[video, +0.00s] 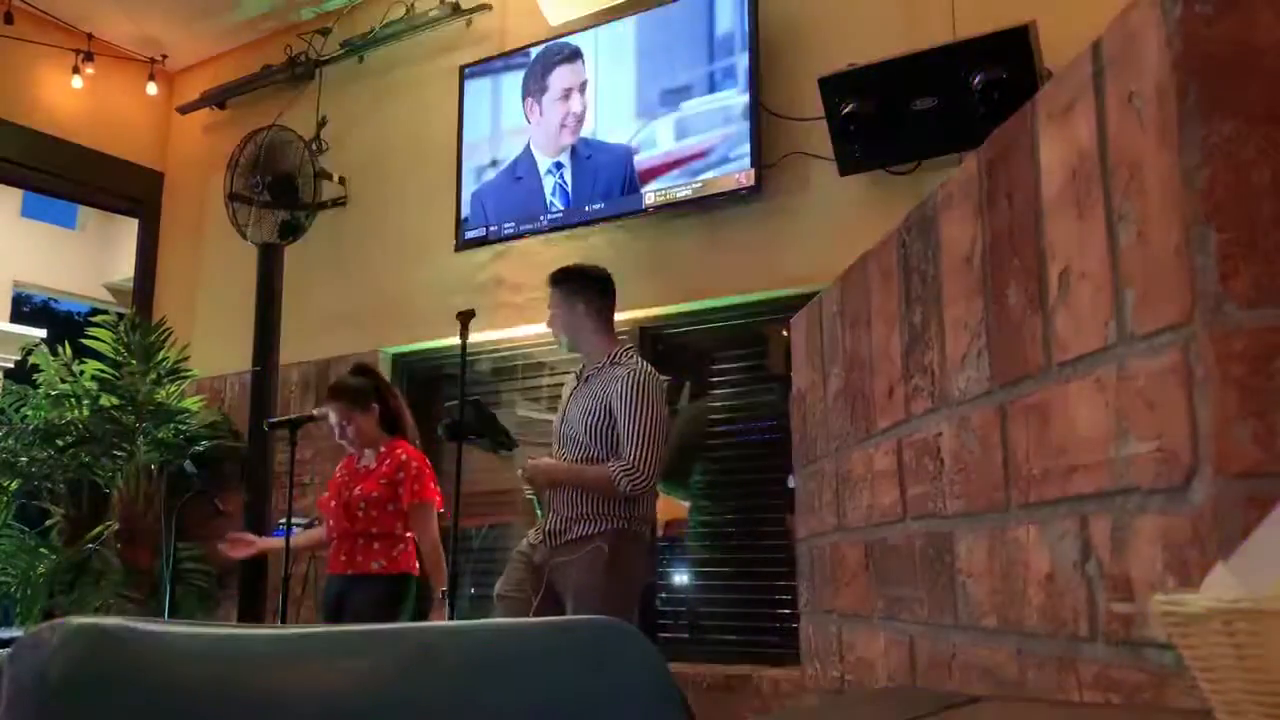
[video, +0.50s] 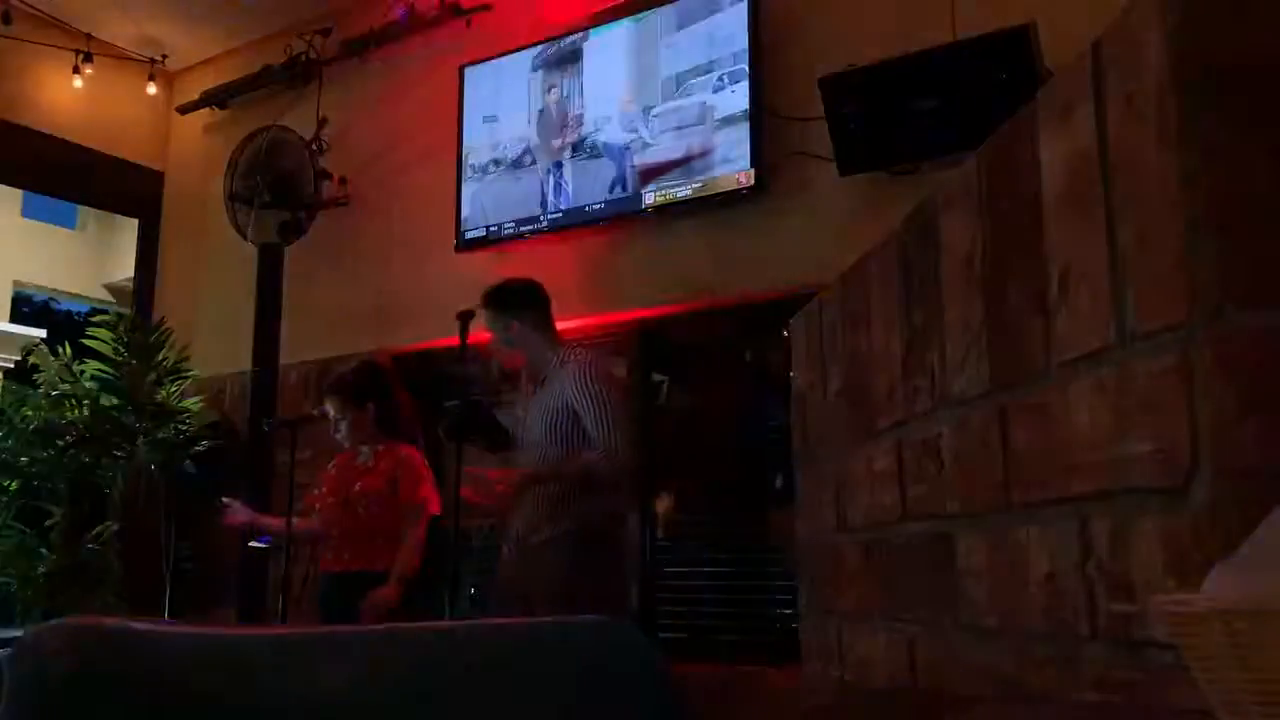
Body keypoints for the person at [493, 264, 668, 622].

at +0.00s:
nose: (548, 321)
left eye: (553, 308)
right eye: (549, 309)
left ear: (581, 309)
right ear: (586, 310)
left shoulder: (634, 377)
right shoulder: (582, 379)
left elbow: (638, 477)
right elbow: (585, 461)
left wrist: (556, 472)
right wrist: (546, 470)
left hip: (604, 544)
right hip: (552, 538)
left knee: (599, 664)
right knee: (507, 645)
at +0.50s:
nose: (494, 343)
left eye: (494, 331)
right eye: (492, 332)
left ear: (515, 328)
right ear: (518, 327)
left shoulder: (580, 371)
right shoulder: (533, 379)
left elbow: (614, 456)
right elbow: (536, 454)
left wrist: (532, 476)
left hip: (578, 541)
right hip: (538, 541)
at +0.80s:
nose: (464, 343)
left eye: (465, 331)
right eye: (461, 333)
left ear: (491, 326)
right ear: (493, 327)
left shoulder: (552, 375)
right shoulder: (506, 390)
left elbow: (578, 458)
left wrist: (494, 464)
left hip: (550, 545)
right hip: (509, 547)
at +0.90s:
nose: (456, 348)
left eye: (458, 335)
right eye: (452, 340)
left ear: (488, 324)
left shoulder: (548, 374)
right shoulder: (489, 397)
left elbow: (580, 449)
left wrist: (492, 468)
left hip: (546, 541)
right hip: (496, 545)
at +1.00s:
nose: (450, 345)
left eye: (455, 331)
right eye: (444, 338)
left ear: (487, 325)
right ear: (445, 343)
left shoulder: (542, 372)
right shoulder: (473, 400)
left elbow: (589, 434)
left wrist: (518, 479)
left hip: (551, 541)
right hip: (494, 546)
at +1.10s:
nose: (442, 349)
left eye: (447, 334)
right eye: (436, 343)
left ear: (479, 326)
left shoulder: (540, 371)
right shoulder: (470, 403)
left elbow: (600, 427)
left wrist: (542, 478)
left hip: (553, 539)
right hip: (495, 544)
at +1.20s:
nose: (440, 348)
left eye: (446, 333)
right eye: (432, 343)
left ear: (474, 328)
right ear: (432, 350)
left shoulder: (541, 374)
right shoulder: (464, 408)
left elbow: (608, 421)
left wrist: (571, 467)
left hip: (555, 537)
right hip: (495, 544)